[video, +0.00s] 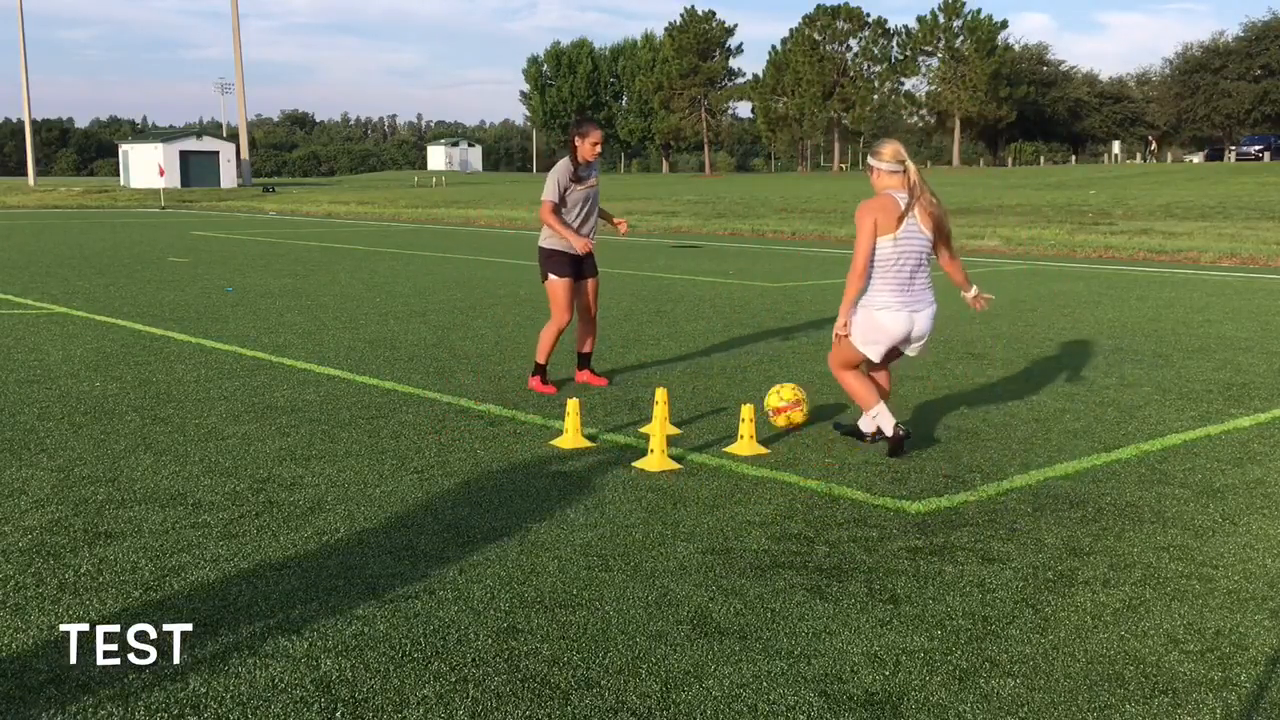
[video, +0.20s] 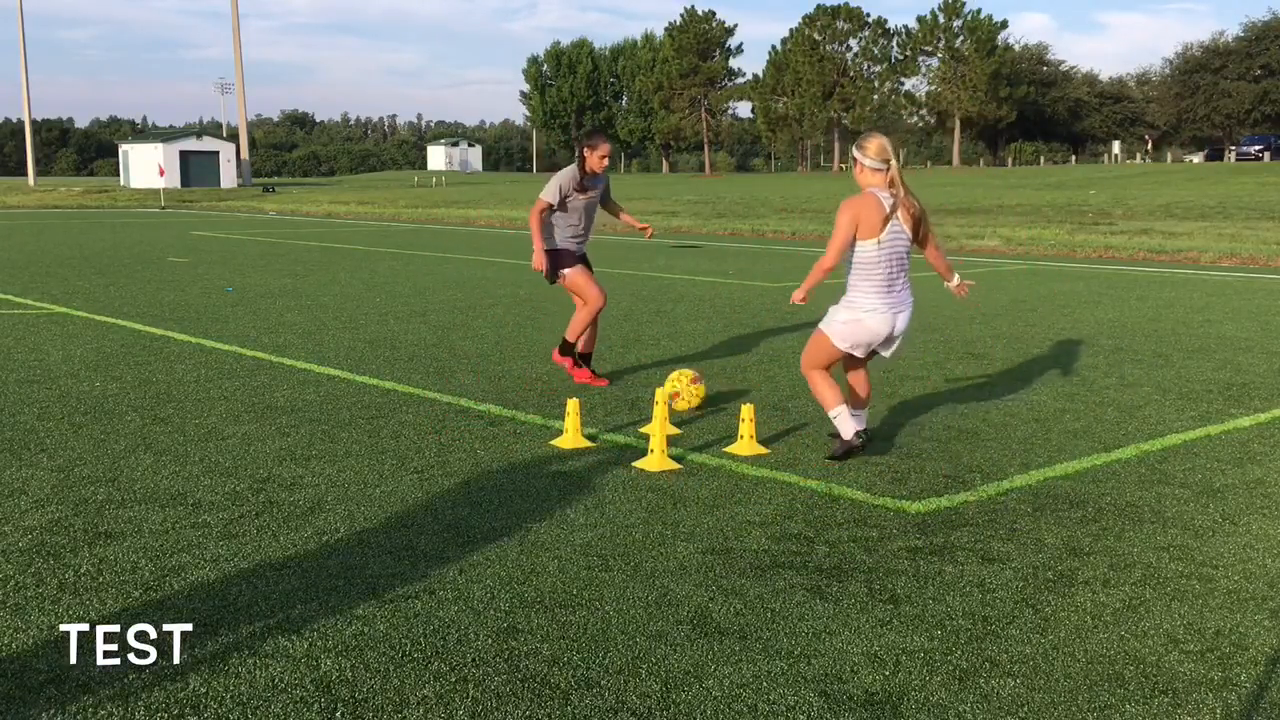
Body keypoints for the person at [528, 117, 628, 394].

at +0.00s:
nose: (598, 149)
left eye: (600, 144)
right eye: (594, 144)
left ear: (599, 144)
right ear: (577, 142)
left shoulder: (591, 170)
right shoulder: (561, 170)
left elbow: (589, 205)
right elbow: (546, 213)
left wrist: (612, 220)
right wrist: (573, 237)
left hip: (583, 250)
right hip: (556, 250)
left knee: (588, 312)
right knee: (562, 316)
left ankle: (583, 370)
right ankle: (537, 375)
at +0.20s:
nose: (607, 163)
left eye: (609, 158)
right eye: (602, 157)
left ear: (607, 156)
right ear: (586, 153)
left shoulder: (601, 179)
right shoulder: (565, 178)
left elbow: (607, 203)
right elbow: (536, 211)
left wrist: (634, 223)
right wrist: (539, 249)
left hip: (577, 250)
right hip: (557, 250)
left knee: (588, 307)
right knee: (596, 299)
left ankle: (583, 366)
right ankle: (564, 351)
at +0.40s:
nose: (607, 185)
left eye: (610, 180)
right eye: (603, 179)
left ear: (613, 178)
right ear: (587, 173)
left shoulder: (606, 202)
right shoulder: (562, 191)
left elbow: (621, 235)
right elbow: (528, 217)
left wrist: (649, 254)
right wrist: (514, 253)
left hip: (562, 259)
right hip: (535, 254)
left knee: (589, 312)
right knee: (581, 292)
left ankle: (582, 369)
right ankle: (592, 361)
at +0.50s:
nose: (596, 187)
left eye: (600, 181)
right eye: (591, 181)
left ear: (603, 180)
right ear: (578, 175)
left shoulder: (599, 203)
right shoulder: (555, 195)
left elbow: (605, 240)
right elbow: (521, 223)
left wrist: (625, 248)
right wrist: (503, 252)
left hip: (561, 264)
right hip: (530, 260)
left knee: (586, 317)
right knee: (562, 303)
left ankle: (582, 374)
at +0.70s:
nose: (554, 171)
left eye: (559, 165)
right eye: (549, 164)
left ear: (563, 163)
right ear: (536, 160)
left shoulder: (566, 189)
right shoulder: (514, 187)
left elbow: (567, 223)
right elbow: (488, 219)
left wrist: (583, 235)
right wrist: (478, 237)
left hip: (547, 269)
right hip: (510, 265)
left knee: (567, 331)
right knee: (511, 329)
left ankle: (576, 367)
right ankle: (491, 384)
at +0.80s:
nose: (542, 159)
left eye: (547, 153)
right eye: (537, 153)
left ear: (552, 152)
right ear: (524, 150)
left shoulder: (556, 178)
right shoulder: (504, 176)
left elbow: (558, 208)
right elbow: (473, 209)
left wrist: (586, 224)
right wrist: (481, 213)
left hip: (538, 260)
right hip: (500, 258)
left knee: (555, 325)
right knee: (504, 328)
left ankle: (550, 369)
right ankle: (490, 384)